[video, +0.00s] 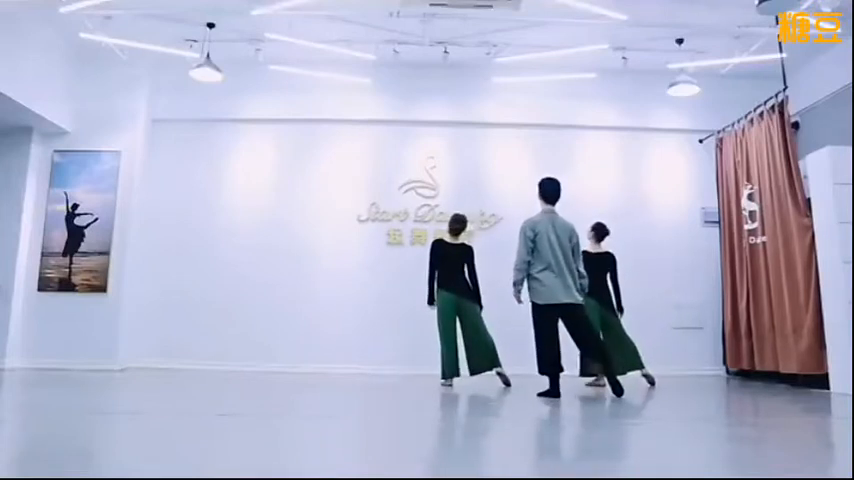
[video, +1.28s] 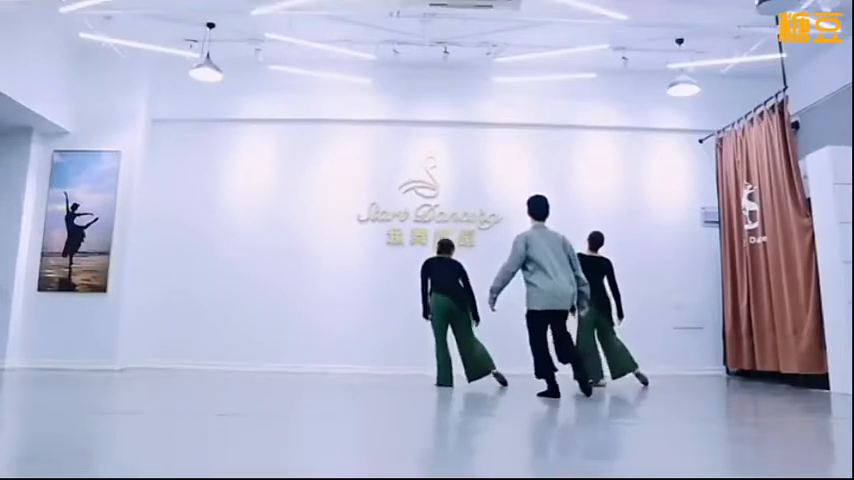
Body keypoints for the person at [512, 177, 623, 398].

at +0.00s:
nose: (540, 196)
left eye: (540, 192)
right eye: (550, 193)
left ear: (539, 195)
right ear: (558, 196)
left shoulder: (530, 226)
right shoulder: (568, 227)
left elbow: (523, 260)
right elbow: (578, 264)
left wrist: (517, 285)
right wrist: (581, 289)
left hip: (542, 296)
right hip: (568, 295)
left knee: (548, 343)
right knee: (589, 338)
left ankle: (554, 388)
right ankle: (611, 376)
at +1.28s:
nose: (529, 213)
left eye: (529, 209)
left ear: (529, 212)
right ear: (548, 212)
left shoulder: (524, 239)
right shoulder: (561, 239)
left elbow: (510, 268)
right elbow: (579, 273)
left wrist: (494, 291)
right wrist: (583, 298)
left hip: (538, 302)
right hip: (564, 301)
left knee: (539, 344)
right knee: (561, 335)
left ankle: (551, 387)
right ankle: (580, 373)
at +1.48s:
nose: (526, 228)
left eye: (525, 225)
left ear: (525, 226)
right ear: (543, 226)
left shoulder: (522, 250)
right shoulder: (558, 251)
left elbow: (510, 279)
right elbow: (576, 280)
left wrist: (493, 303)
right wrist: (583, 305)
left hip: (539, 305)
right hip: (564, 303)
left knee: (535, 349)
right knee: (551, 335)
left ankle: (551, 386)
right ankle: (559, 370)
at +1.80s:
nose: (517, 234)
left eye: (518, 231)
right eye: (518, 232)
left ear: (521, 231)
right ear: (537, 230)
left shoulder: (519, 248)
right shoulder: (552, 248)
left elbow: (511, 280)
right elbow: (565, 280)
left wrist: (503, 306)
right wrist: (569, 311)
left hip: (534, 303)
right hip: (559, 303)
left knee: (531, 344)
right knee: (529, 341)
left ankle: (551, 385)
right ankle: (525, 368)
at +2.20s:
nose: (513, 203)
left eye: (513, 200)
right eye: (516, 199)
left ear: (514, 200)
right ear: (532, 200)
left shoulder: (510, 222)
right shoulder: (544, 226)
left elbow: (503, 253)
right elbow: (552, 262)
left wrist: (497, 278)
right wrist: (553, 290)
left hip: (519, 287)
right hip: (542, 288)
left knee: (526, 335)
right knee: (530, 335)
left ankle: (546, 376)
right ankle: (517, 380)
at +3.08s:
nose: (498, 191)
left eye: (496, 187)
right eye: (506, 187)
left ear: (495, 190)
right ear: (514, 191)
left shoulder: (488, 218)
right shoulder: (524, 222)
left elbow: (478, 250)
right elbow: (530, 257)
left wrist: (469, 273)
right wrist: (530, 285)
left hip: (494, 282)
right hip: (518, 282)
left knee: (500, 329)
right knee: (513, 331)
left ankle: (513, 371)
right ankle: (507, 382)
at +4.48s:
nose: (474, 191)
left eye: (468, 186)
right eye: (479, 186)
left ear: (464, 188)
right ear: (484, 189)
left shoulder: (456, 217)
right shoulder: (493, 220)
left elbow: (447, 249)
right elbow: (501, 256)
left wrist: (438, 272)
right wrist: (501, 284)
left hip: (462, 283)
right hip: (486, 283)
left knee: (468, 329)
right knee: (481, 330)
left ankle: (480, 371)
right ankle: (474, 381)